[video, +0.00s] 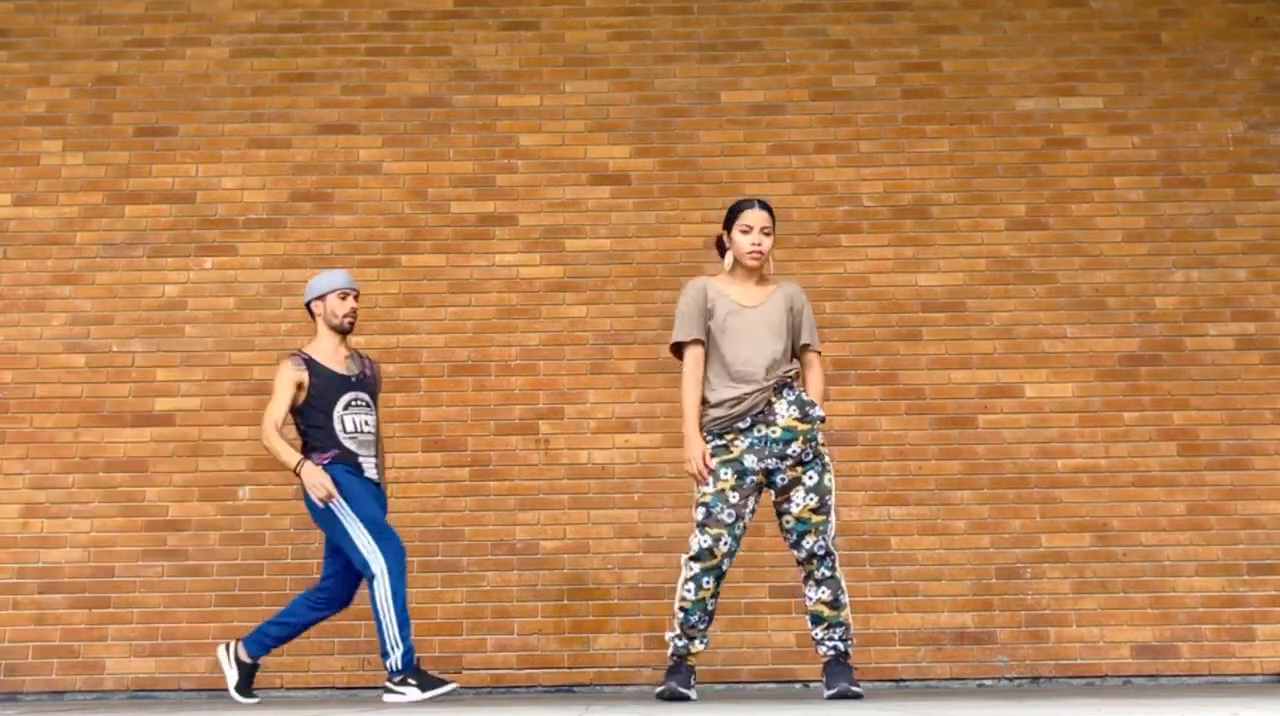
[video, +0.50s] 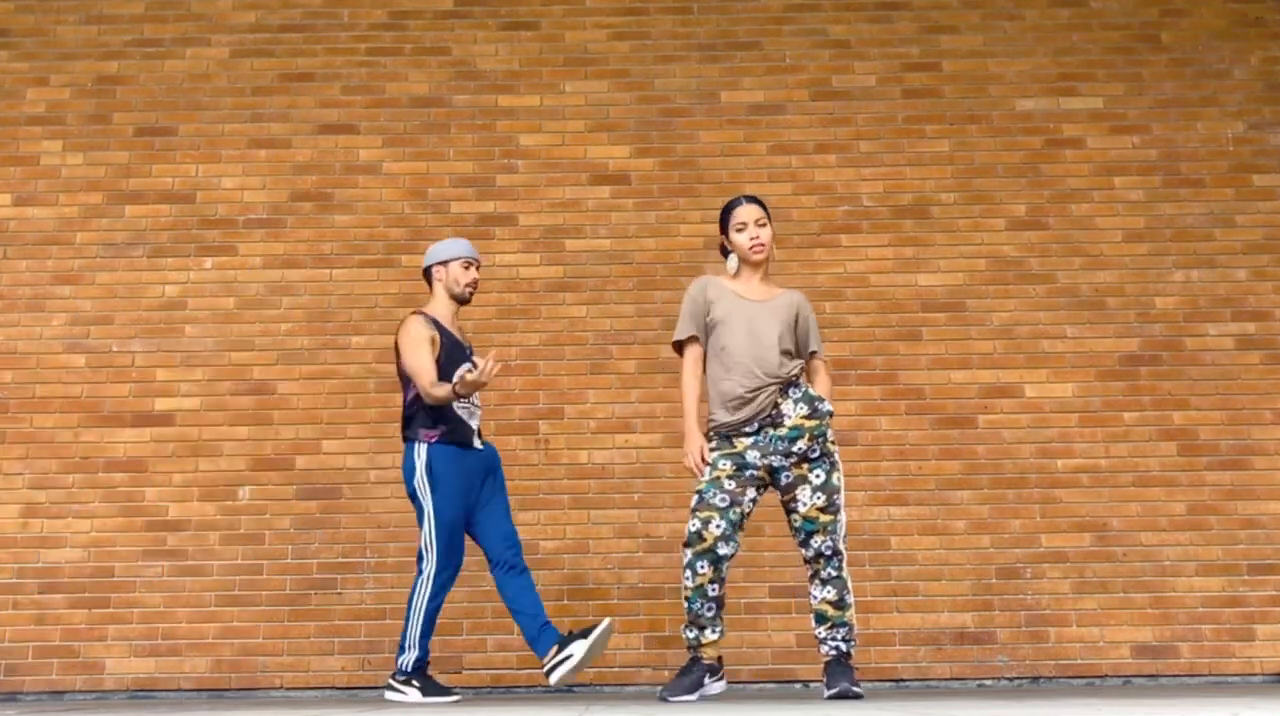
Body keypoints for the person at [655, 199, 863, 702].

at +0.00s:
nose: (756, 240)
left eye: (765, 232)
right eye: (746, 231)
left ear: (773, 240)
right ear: (727, 237)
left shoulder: (791, 295)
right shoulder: (702, 292)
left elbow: (812, 363)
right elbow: (693, 366)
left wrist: (812, 417)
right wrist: (692, 433)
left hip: (791, 428)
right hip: (727, 433)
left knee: (815, 544)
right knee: (710, 547)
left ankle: (837, 661)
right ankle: (681, 664)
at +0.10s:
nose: (757, 239)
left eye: (765, 231)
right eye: (746, 230)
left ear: (773, 239)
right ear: (727, 237)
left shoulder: (789, 300)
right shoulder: (703, 288)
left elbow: (812, 368)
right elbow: (692, 363)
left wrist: (811, 417)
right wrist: (694, 431)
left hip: (792, 430)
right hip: (729, 434)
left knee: (816, 544)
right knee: (711, 547)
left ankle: (838, 661)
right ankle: (681, 664)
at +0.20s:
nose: (757, 238)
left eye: (765, 229)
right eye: (746, 229)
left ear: (774, 237)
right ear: (727, 237)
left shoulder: (788, 302)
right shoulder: (703, 285)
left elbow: (811, 371)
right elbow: (690, 359)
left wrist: (812, 416)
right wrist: (695, 426)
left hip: (792, 429)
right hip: (730, 434)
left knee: (816, 544)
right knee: (712, 547)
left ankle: (838, 662)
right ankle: (683, 664)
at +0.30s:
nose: (757, 236)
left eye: (764, 227)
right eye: (745, 228)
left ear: (774, 235)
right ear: (727, 238)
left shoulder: (789, 303)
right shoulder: (703, 287)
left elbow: (812, 372)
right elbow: (690, 362)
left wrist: (815, 419)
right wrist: (696, 427)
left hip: (793, 432)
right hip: (729, 438)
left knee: (818, 544)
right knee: (711, 545)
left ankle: (838, 661)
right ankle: (687, 661)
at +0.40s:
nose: (756, 235)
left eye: (762, 226)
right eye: (743, 228)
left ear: (773, 234)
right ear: (727, 239)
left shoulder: (792, 302)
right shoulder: (705, 290)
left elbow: (814, 370)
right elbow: (691, 363)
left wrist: (817, 416)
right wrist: (695, 428)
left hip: (794, 434)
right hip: (729, 440)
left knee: (820, 543)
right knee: (707, 544)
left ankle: (838, 662)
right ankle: (696, 662)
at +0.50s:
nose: (754, 234)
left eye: (760, 225)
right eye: (742, 228)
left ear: (773, 233)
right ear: (727, 240)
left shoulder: (794, 303)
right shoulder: (706, 292)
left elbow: (818, 371)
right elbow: (692, 364)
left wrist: (817, 414)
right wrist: (693, 430)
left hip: (796, 435)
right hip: (731, 441)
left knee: (823, 544)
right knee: (704, 541)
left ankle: (838, 662)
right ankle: (705, 662)